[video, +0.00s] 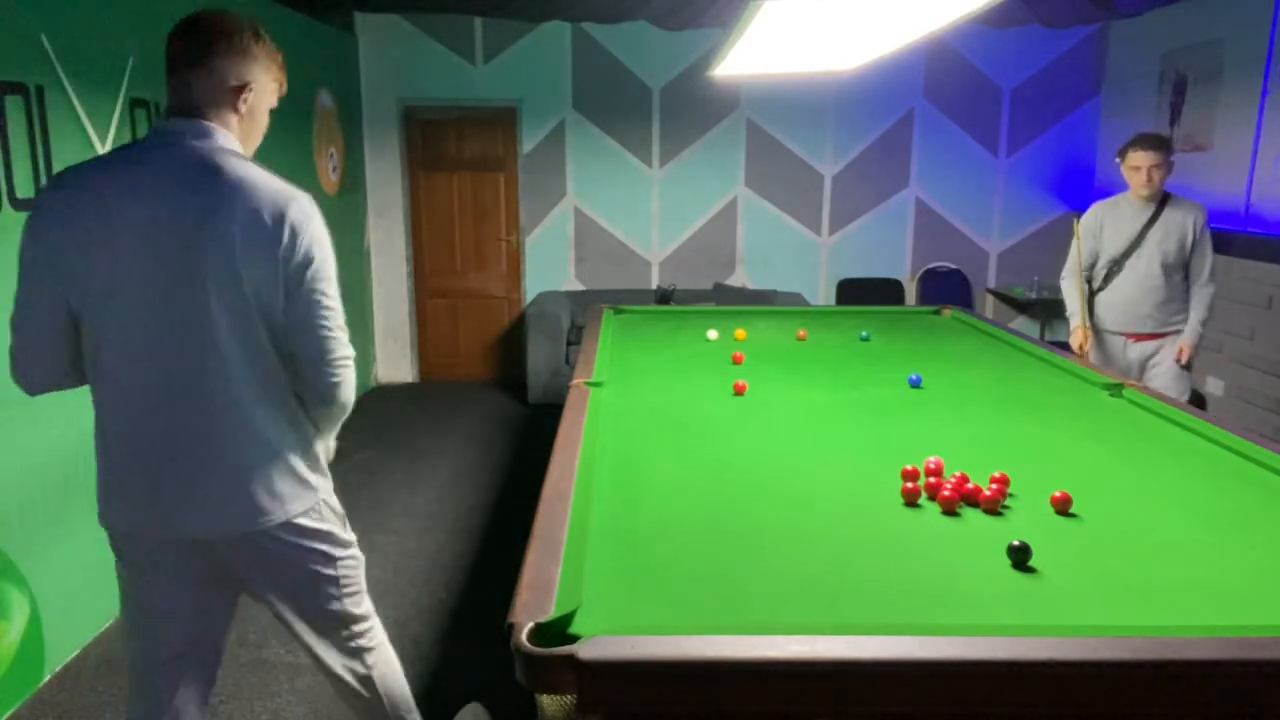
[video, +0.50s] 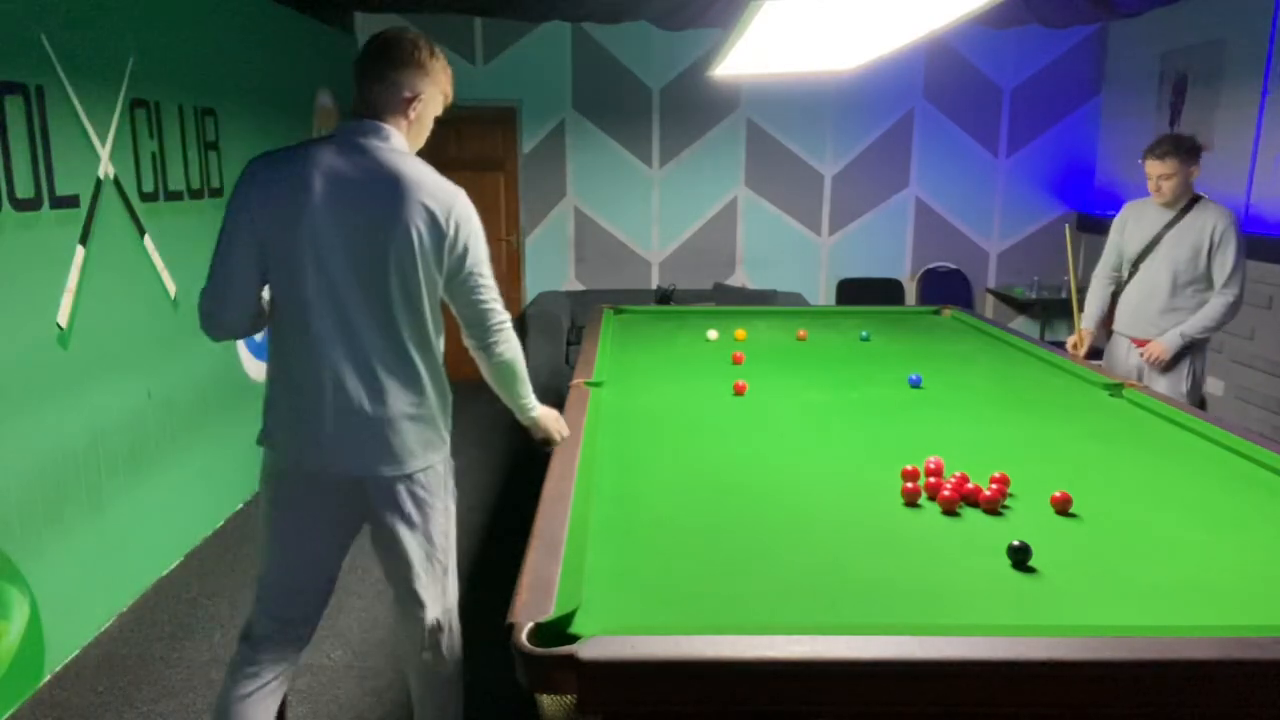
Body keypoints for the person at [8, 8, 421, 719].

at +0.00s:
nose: (269, 121)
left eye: (274, 106)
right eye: (271, 105)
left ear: (174, 91)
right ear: (243, 97)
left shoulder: (68, 198)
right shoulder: (279, 208)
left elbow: (35, 368)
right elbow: (331, 379)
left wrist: (131, 339)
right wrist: (309, 446)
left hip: (144, 503)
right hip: (271, 497)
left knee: (166, 694)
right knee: (361, 657)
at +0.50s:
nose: (434, 127)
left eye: (437, 114)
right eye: (436, 113)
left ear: (357, 98)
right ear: (415, 108)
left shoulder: (269, 176)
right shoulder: (442, 201)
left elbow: (222, 317)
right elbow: (489, 331)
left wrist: (276, 300)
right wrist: (531, 411)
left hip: (304, 444)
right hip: (407, 447)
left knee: (272, 636)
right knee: (433, 631)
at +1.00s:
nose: (494, 130)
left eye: (495, 120)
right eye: (495, 120)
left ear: (421, 104)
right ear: (482, 117)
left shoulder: (345, 170)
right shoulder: (496, 199)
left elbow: (301, 293)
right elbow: (518, 323)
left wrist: (361, 275)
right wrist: (551, 410)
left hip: (357, 411)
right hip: (449, 420)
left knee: (342, 567)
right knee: (446, 578)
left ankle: (319, 709)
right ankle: (445, 712)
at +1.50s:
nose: (408, 122)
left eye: (406, 111)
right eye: (406, 110)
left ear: (340, 108)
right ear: (393, 110)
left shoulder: (292, 185)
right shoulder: (417, 189)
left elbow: (287, 291)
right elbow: (460, 306)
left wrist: (348, 283)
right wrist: (419, 325)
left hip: (341, 399)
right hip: (416, 399)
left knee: (359, 539)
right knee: (453, 536)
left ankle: (367, 675)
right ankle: (442, 700)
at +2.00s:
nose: (407, 128)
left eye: (406, 117)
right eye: (404, 117)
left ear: (345, 116)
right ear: (387, 116)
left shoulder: (297, 188)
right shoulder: (423, 186)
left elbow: (282, 291)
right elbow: (460, 292)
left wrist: (344, 287)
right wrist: (430, 329)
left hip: (344, 380)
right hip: (419, 375)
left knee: (357, 513)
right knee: (451, 489)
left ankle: (365, 668)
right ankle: (478, 601)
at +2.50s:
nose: (481, 137)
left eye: (479, 129)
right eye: (481, 130)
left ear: (429, 122)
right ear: (474, 130)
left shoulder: (382, 173)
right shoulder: (494, 192)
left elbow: (376, 250)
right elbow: (515, 291)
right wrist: (477, 322)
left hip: (408, 353)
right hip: (472, 357)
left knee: (398, 481)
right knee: (476, 476)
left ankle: (376, 629)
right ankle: (480, 597)